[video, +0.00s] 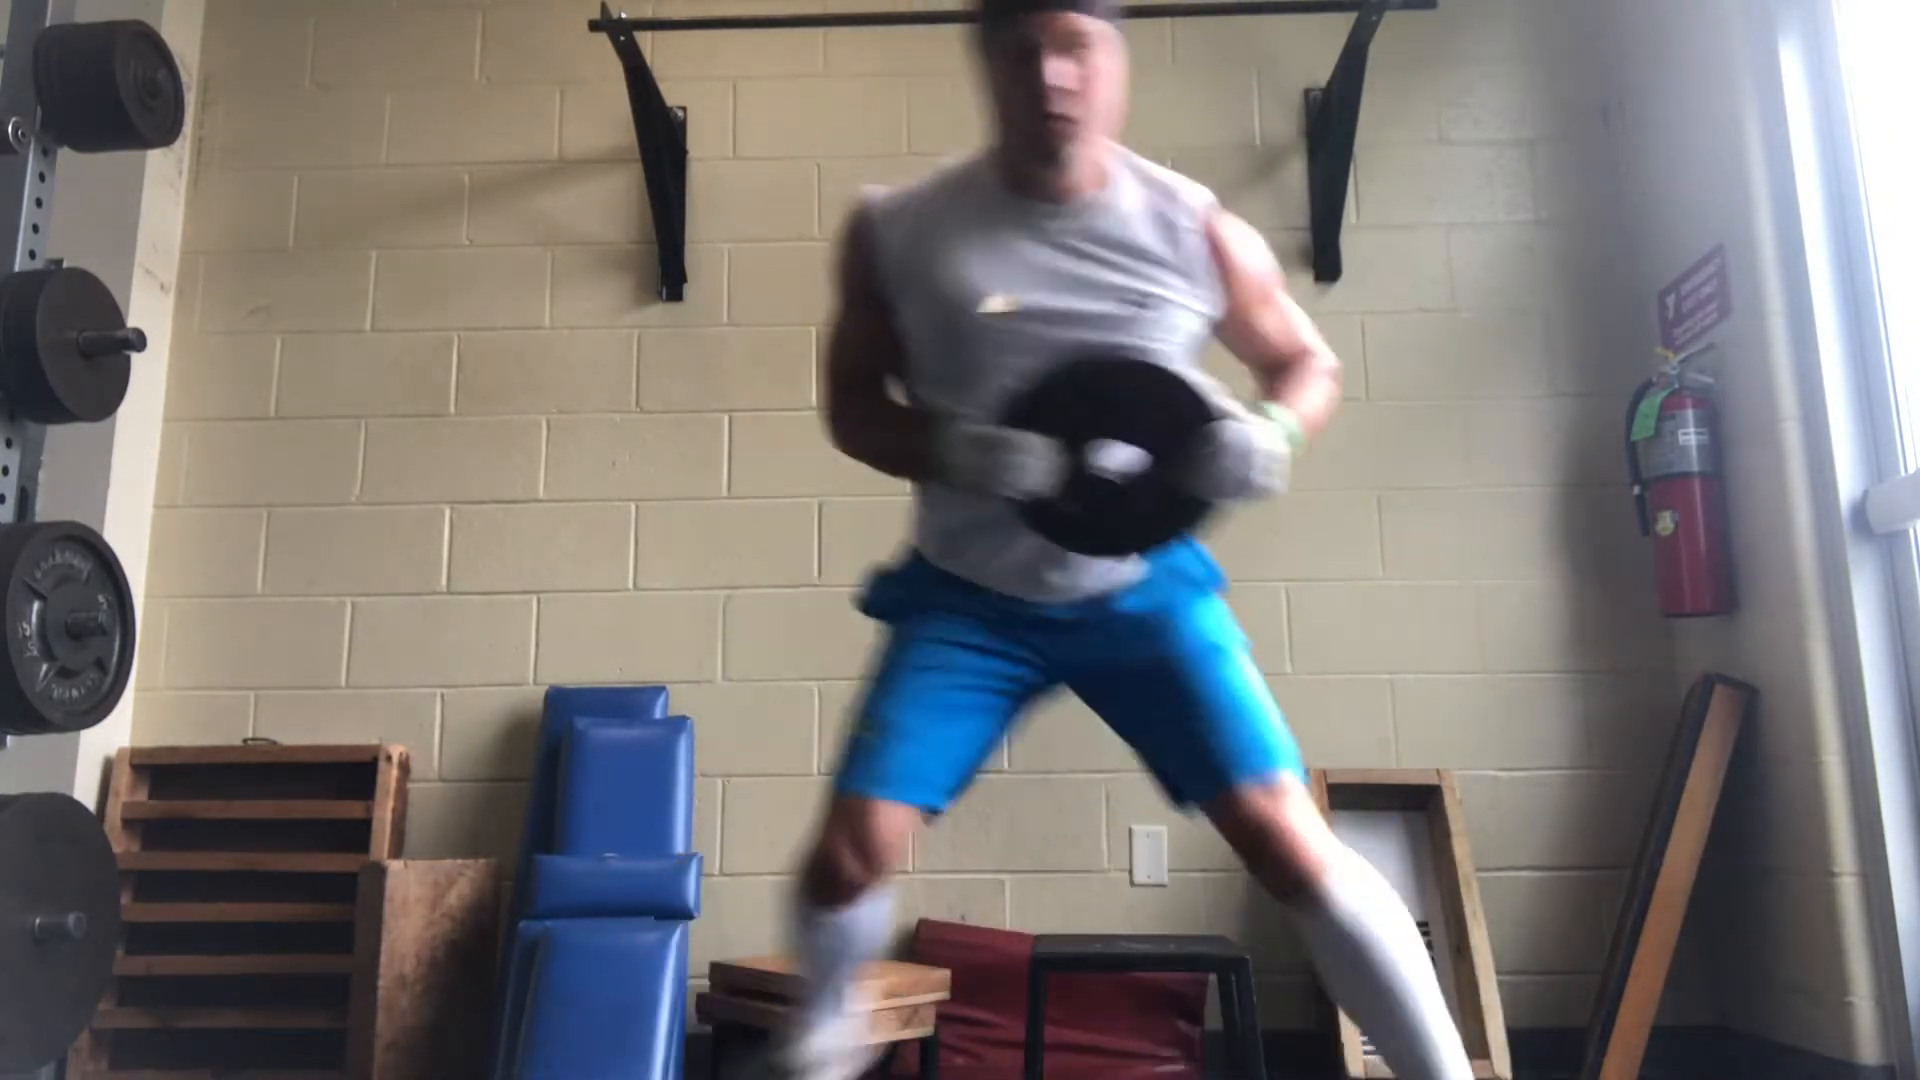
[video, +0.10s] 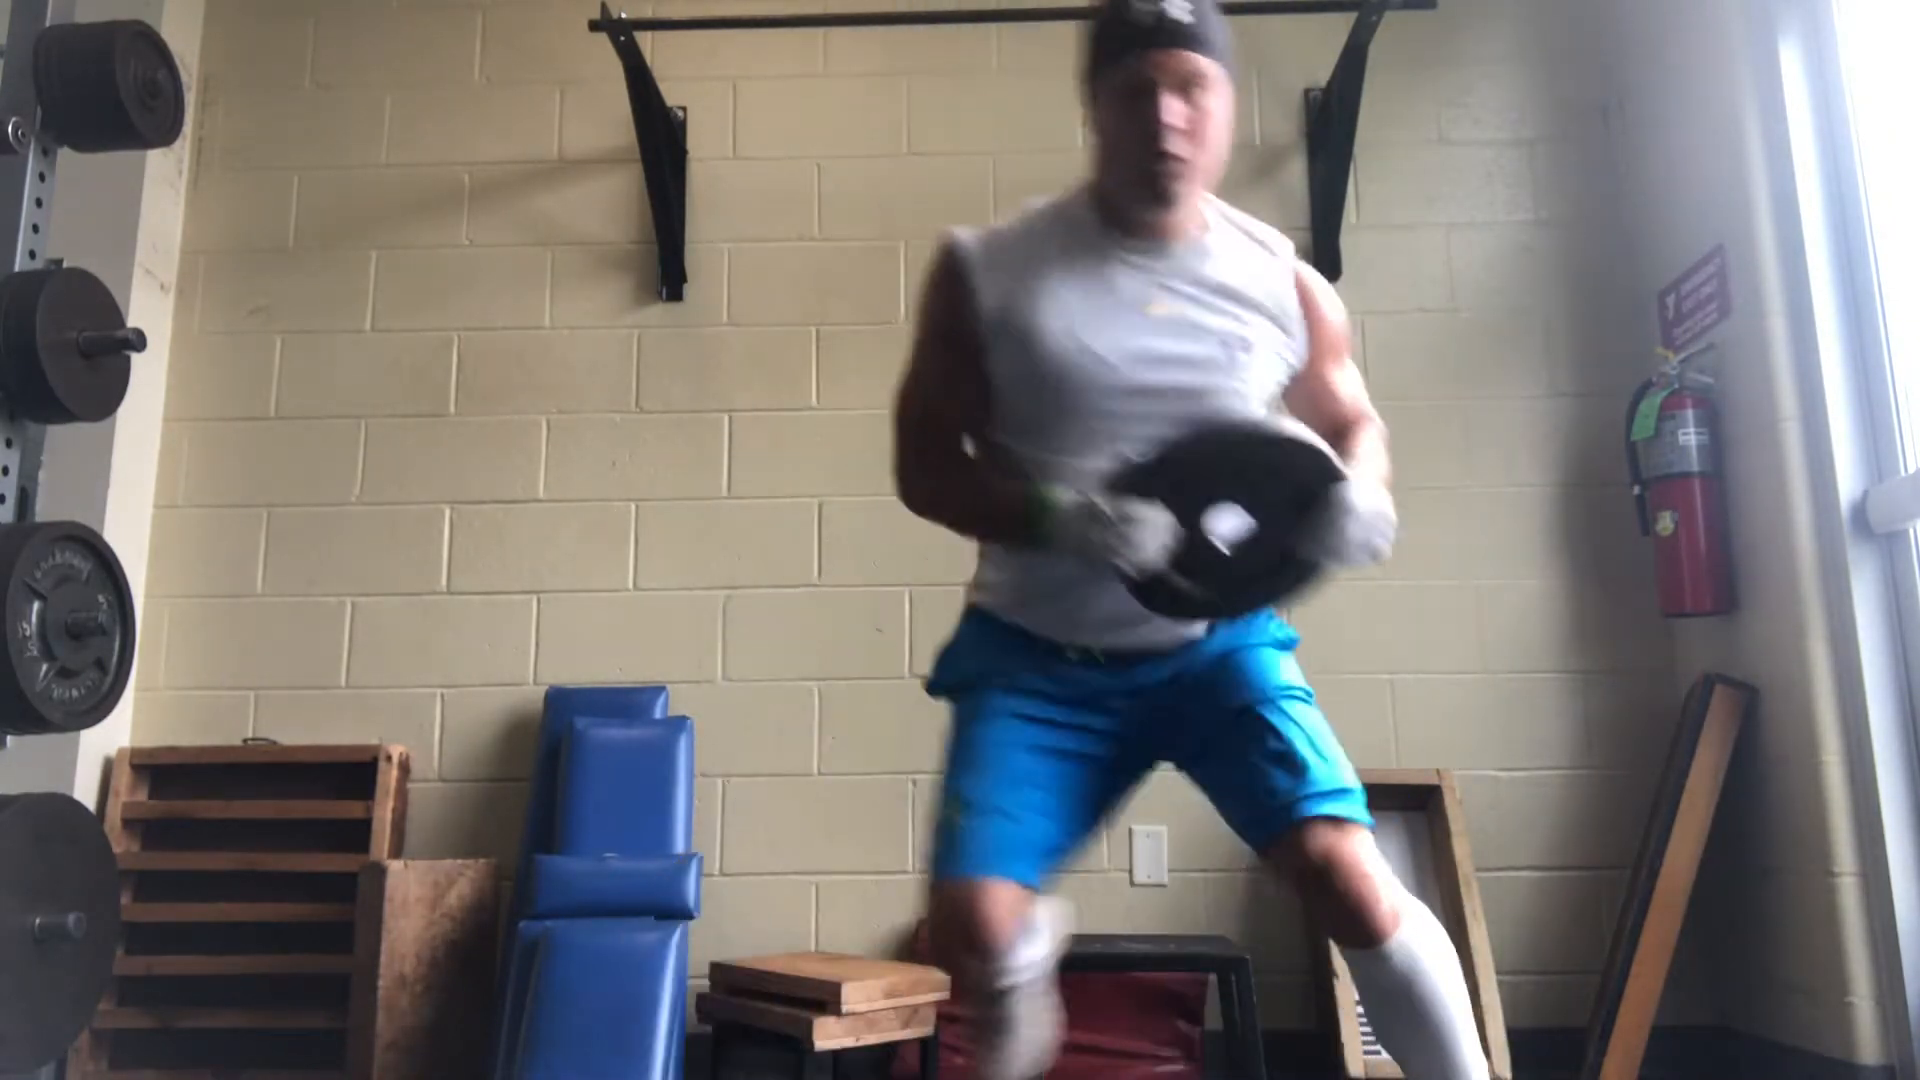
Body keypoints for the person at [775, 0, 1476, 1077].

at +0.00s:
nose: (1050, 76)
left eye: (1075, 47)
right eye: (1023, 50)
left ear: (1117, 65)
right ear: (987, 69)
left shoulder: (1198, 234)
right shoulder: (896, 235)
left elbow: (1311, 366)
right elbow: (852, 410)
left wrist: (1270, 431)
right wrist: (952, 453)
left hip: (1148, 596)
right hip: (967, 601)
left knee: (1286, 841)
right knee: (854, 850)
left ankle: (1448, 1070)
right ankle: (823, 1044)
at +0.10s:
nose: (1165, 117)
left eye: (1190, 88)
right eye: (1136, 90)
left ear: (1229, 112)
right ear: (1092, 108)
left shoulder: (1287, 290)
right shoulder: (988, 273)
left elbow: (1353, 429)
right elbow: (924, 468)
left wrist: (1354, 501)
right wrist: (1060, 519)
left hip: (1223, 649)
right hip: (1038, 658)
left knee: (1347, 876)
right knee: (978, 921)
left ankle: (1466, 1073)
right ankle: (1019, 1036)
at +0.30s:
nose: (1180, 112)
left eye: (1207, 87)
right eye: (1153, 85)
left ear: (1241, 116)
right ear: (1106, 102)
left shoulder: (1290, 291)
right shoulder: (986, 265)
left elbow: (1343, 452)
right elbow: (908, 439)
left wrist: (1302, 507)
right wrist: (1003, 506)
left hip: (1203, 650)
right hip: (1009, 639)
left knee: (1347, 901)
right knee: (853, 832)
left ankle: (1463, 1077)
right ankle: (896, 923)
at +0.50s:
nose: (942, 37)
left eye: (969, 15)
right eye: (917, 15)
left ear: (1008, 37)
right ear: (878, 34)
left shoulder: (1063, 206)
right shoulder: (784, 195)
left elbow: (1139, 436)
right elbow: (743, 355)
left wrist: (966, 430)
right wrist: (706, 386)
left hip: (1018, 588)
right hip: (827, 570)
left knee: (1118, 846)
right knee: (653, 807)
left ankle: (1225, 1073)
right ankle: (468, 1071)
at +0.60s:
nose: (790, 93)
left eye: (816, 62)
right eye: (764, 67)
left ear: (864, 79)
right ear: (731, 91)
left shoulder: (942, 256)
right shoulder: (682, 255)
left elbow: (1020, 490)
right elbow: (680, 416)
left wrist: (839, 489)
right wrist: (609, 452)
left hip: (902, 655)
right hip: (720, 639)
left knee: (928, 936)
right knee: (574, 884)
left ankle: (939, 1021)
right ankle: (455, 1075)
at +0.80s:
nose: (611, 159)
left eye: (639, 129)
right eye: (583, 138)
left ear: (695, 149)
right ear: (558, 173)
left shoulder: (821, 306)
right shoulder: (576, 355)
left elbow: (975, 493)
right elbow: (597, 525)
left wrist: (811, 574)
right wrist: (557, 592)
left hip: (837, 692)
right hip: (667, 683)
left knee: (744, 950)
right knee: (535, 895)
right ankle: (444, 1073)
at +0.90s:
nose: (672, 134)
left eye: (695, 104)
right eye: (644, 113)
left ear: (748, 119)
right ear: (621, 144)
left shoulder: (874, 284)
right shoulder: (601, 333)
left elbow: (1033, 449)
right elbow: (611, 532)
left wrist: (910, 529)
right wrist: (643, 541)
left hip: (872, 664)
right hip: (695, 666)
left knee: (900, 933)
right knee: (557, 894)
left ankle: (1029, 1037)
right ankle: (447, 1072)